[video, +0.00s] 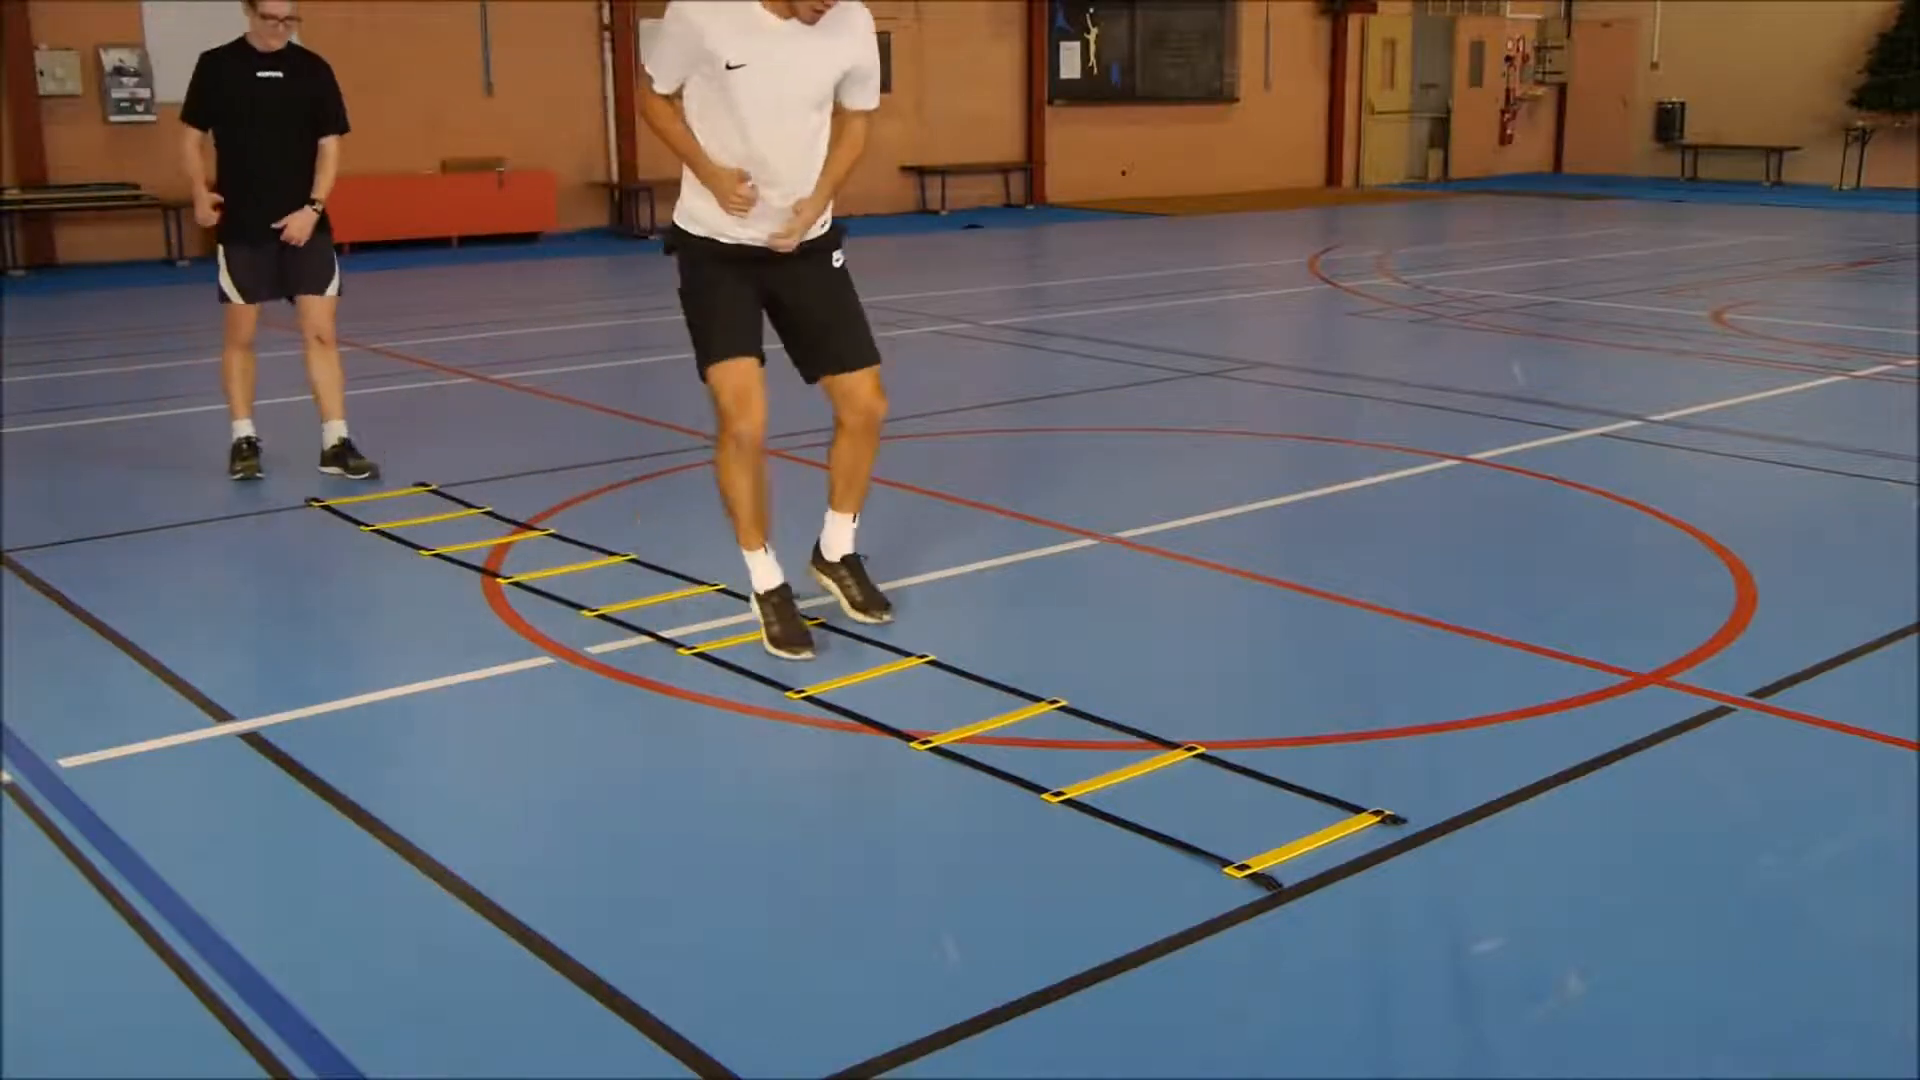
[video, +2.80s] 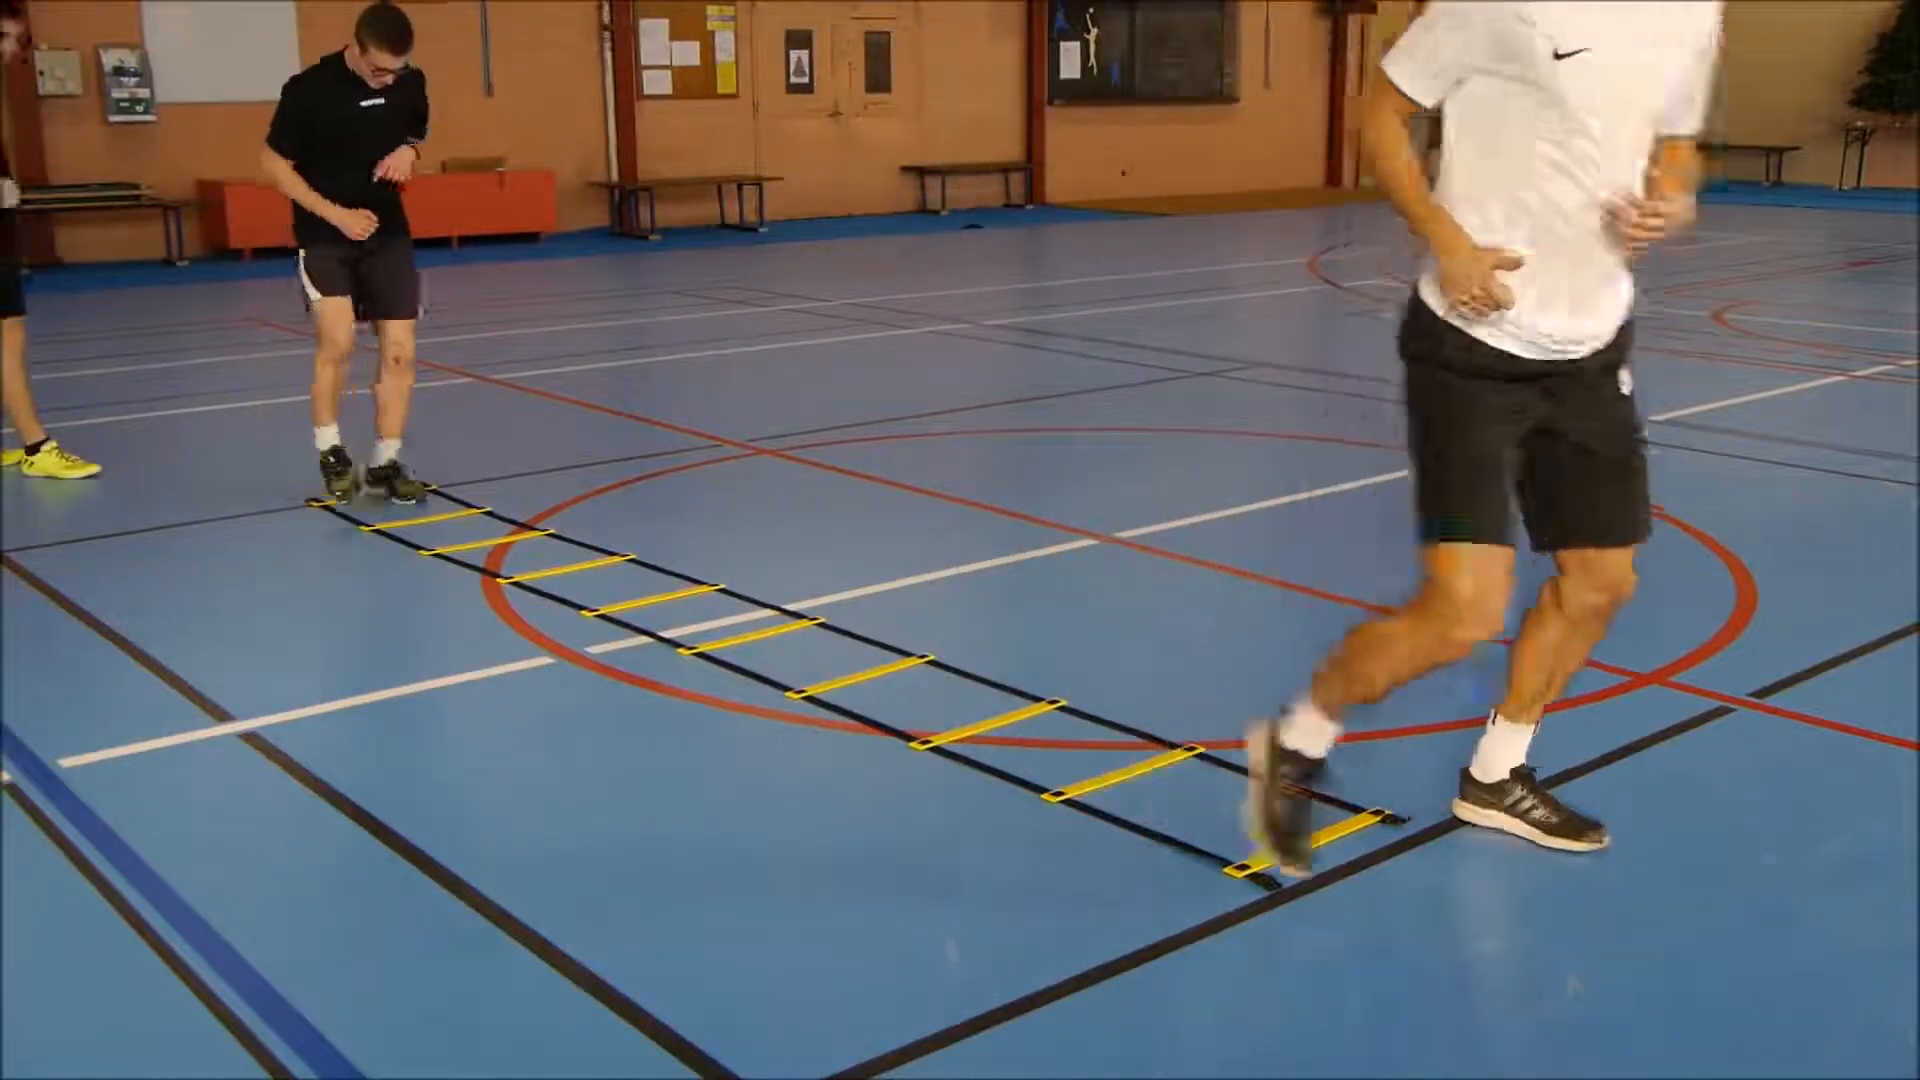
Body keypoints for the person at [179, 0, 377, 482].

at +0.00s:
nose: (280, 29)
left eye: (289, 20)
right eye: (270, 19)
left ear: (298, 16)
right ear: (249, 13)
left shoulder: (315, 69)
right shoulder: (215, 66)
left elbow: (330, 148)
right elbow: (192, 136)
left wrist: (314, 209)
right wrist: (199, 189)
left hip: (304, 221)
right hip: (242, 225)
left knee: (322, 334)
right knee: (240, 336)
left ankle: (336, 442)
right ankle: (244, 439)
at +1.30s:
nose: (321, 31)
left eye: (330, 21)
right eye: (311, 20)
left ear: (339, 18)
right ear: (289, 14)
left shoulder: (355, 70)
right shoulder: (253, 66)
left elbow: (373, 136)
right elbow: (227, 138)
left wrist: (361, 148)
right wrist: (235, 214)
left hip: (335, 226)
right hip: (273, 228)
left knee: (339, 337)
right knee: (275, 339)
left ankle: (337, 447)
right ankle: (271, 448)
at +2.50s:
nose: (368, 77)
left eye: (376, 68)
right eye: (360, 68)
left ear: (385, 55)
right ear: (336, 48)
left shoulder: (387, 83)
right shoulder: (286, 81)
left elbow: (390, 140)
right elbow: (242, 141)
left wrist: (381, 148)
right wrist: (292, 197)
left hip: (357, 222)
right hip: (301, 225)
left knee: (364, 340)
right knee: (337, 326)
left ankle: (335, 432)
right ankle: (346, 442)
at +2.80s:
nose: (388, 78)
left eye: (396, 70)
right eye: (379, 69)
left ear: (406, 54)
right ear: (354, 47)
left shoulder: (409, 84)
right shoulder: (308, 89)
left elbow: (415, 134)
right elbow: (272, 165)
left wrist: (407, 151)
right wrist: (335, 214)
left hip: (387, 231)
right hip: (324, 236)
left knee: (400, 350)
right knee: (337, 342)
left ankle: (386, 462)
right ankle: (330, 452)